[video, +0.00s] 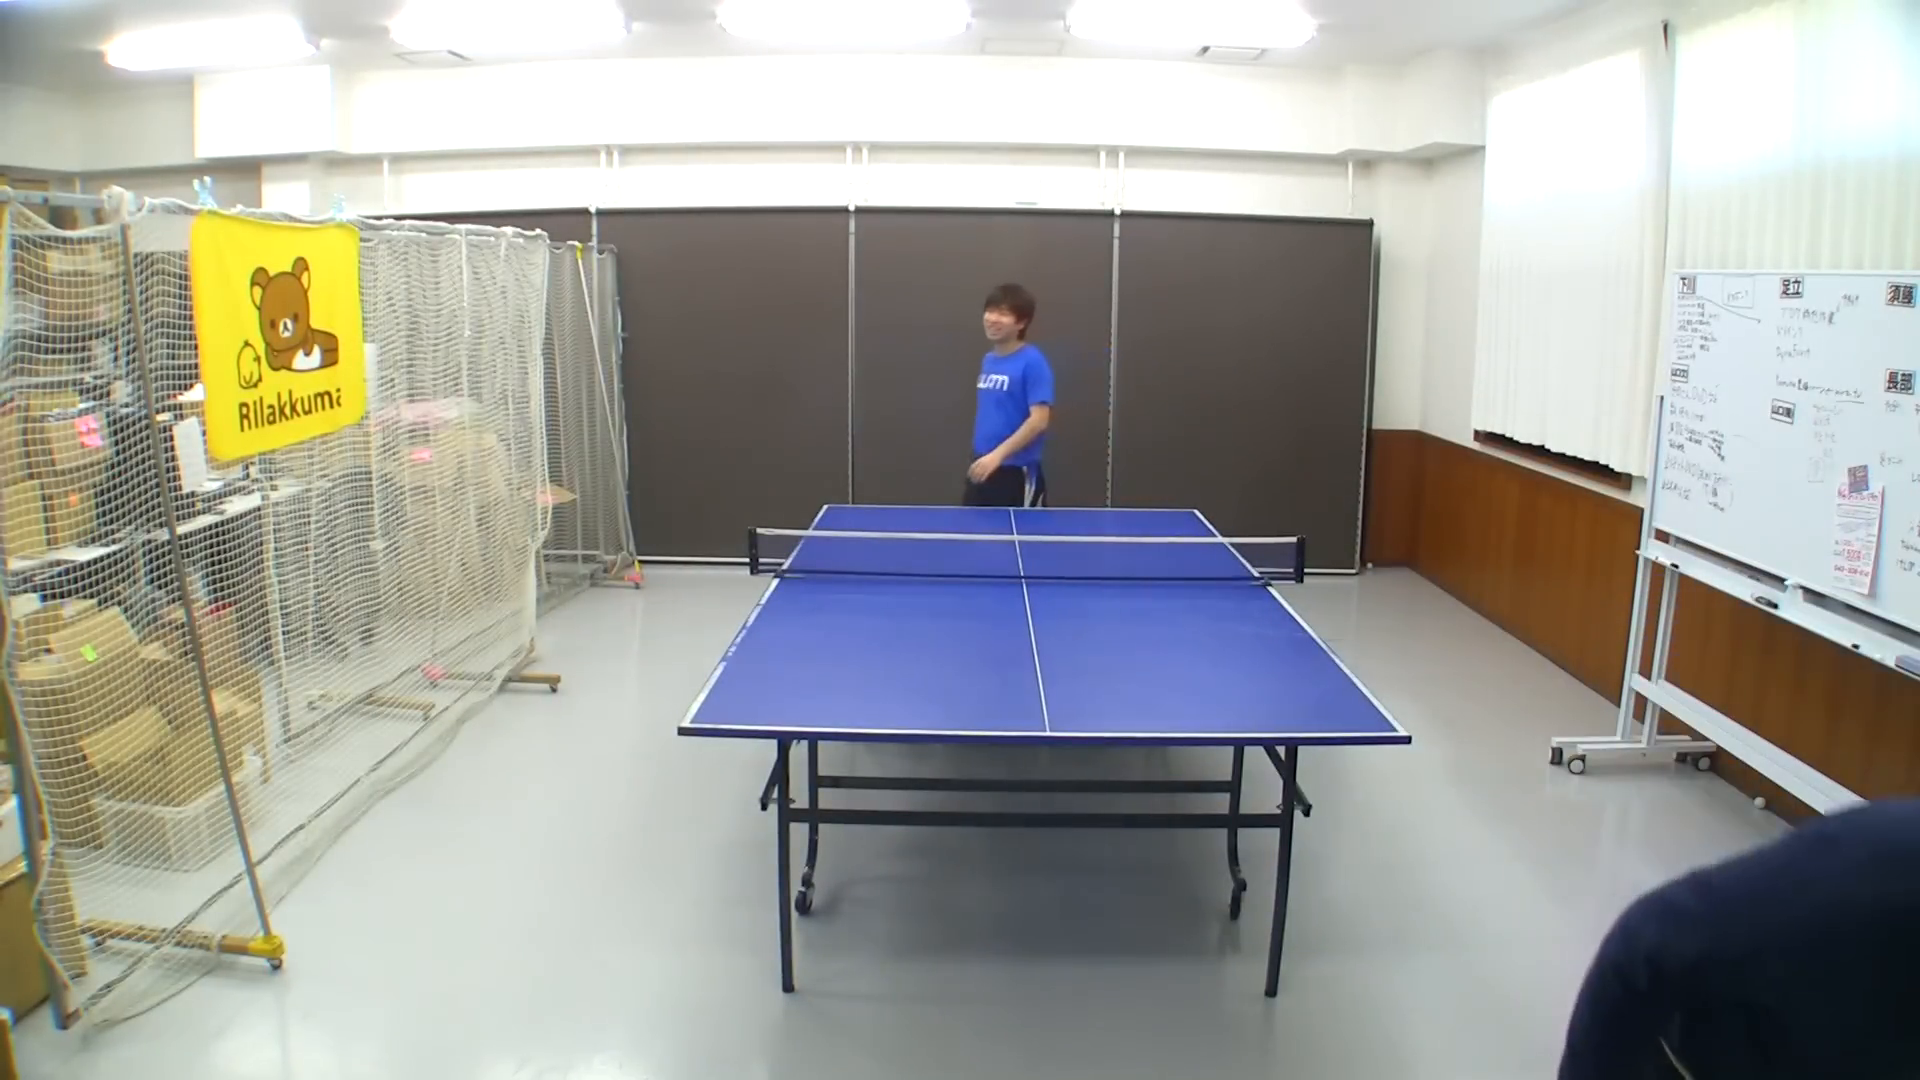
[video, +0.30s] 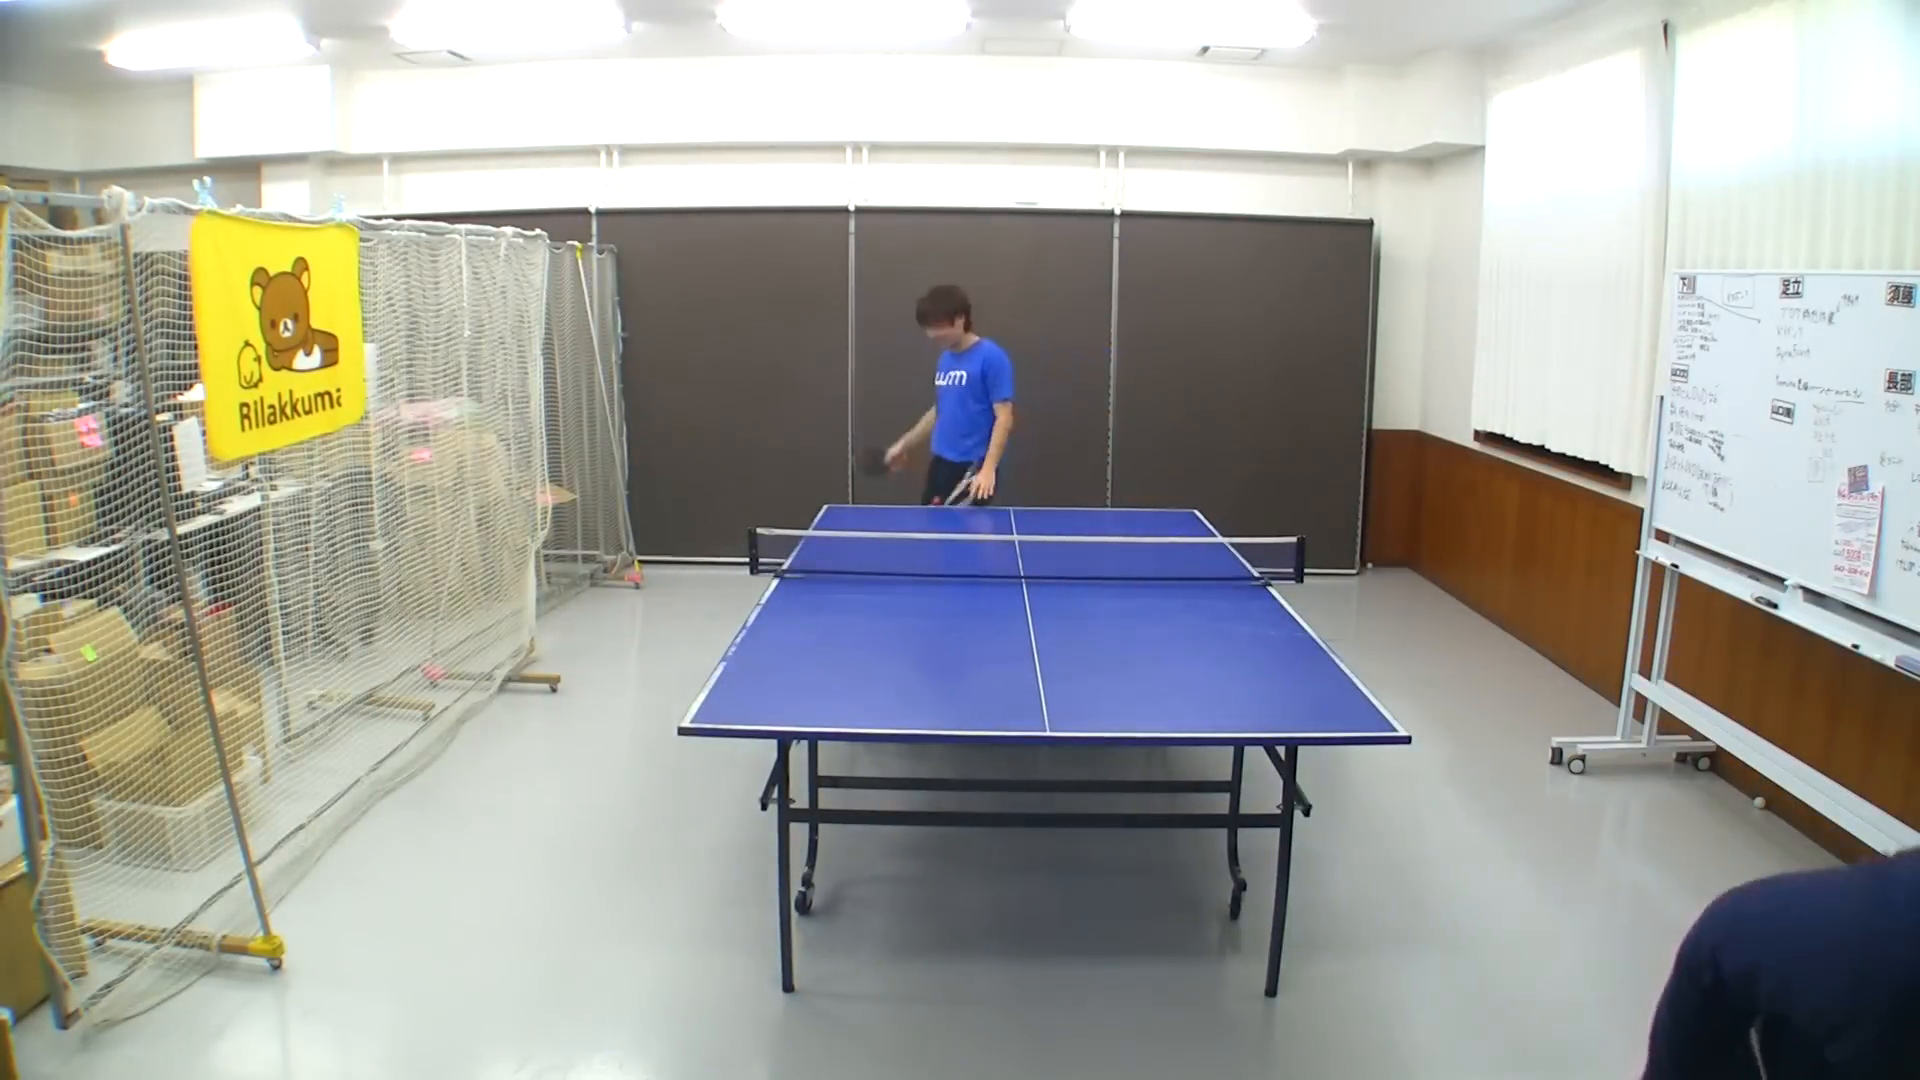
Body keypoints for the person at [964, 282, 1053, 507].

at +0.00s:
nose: (992, 319)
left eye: (1003, 314)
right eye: (989, 311)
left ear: (1021, 323)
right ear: (983, 315)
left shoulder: (1032, 361)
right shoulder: (989, 360)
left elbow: (1040, 418)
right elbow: (992, 411)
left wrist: (995, 456)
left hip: (1017, 471)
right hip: (982, 467)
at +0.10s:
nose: (967, 325)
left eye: (977, 319)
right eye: (964, 317)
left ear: (995, 327)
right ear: (958, 320)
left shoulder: (1011, 365)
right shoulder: (964, 366)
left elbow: (1020, 423)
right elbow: (969, 417)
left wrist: (984, 465)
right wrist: (959, 461)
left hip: (996, 475)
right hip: (960, 469)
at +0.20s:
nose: (945, 332)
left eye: (953, 324)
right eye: (941, 324)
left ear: (975, 323)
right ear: (936, 325)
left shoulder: (1001, 362)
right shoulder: (952, 363)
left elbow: (1007, 422)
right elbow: (950, 419)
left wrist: (985, 469)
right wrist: (932, 464)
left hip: (981, 472)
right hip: (948, 468)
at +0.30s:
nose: (932, 335)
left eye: (938, 327)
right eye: (928, 328)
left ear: (959, 320)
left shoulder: (992, 358)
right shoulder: (946, 359)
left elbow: (1004, 417)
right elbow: (940, 410)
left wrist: (989, 468)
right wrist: (904, 445)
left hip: (972, 468)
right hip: (941, 462)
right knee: (928, 530)